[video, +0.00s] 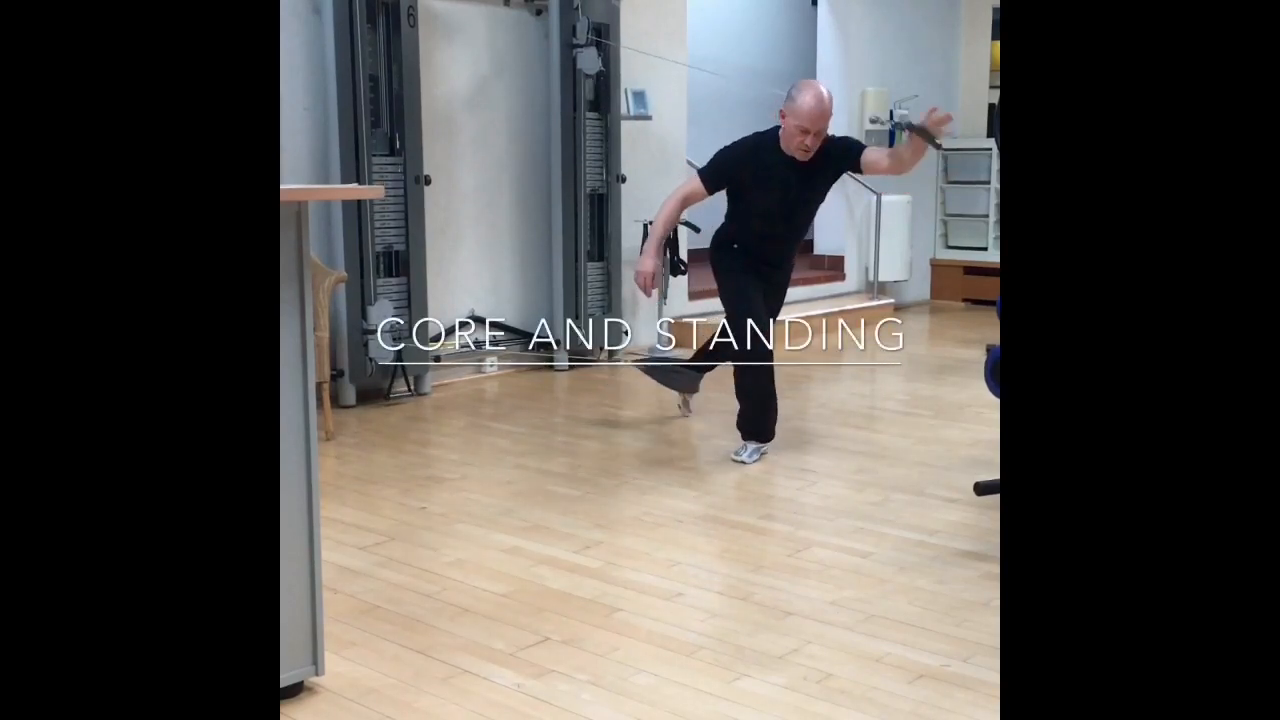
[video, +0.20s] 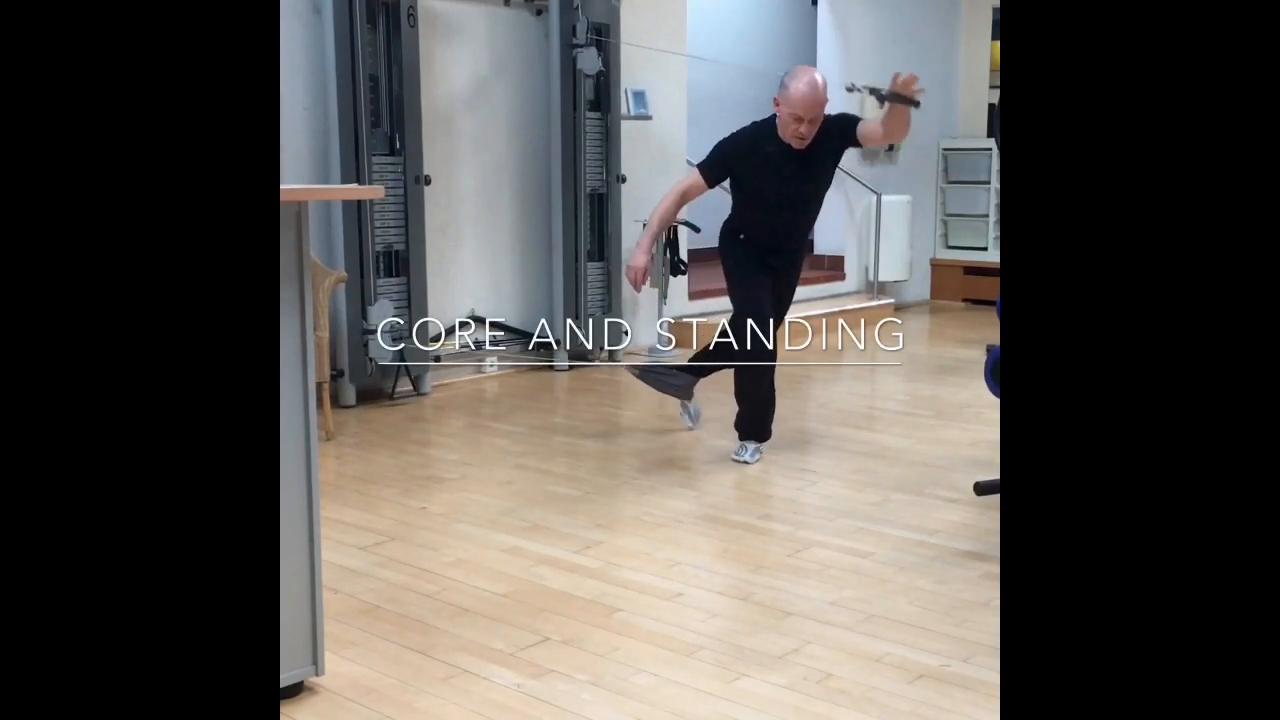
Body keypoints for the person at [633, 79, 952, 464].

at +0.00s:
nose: (810, 142)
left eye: (819, 134)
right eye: (802, 131)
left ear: (829, 125)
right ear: (783, 117)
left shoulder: (836, 153)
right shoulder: (746, 153)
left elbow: (897, 161)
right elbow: (679, 199)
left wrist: (923, 135)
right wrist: (650, 254)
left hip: (778, 262)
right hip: (733, 253)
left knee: (746, 331)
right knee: (755, 335)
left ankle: (690, 372)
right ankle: (756, 436)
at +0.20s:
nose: (805, 130)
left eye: (814, 120)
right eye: (796, 119)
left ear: (824, 109)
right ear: (777, 105)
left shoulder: (835, 131)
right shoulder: (746, 143)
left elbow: (890, 132)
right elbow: (684, 192)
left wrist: (900, 100)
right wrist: (644, 248)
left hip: (789, 253)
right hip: (742, 246)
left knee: (756, 331)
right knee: (758, 330)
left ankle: (684, 375)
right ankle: (751, 435)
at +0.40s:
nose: (800, 112)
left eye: (809, 102)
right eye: (791, 102)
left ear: (819, 91)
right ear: (772, 91)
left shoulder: (830, 111)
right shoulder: (744, 133)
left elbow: (883, 105)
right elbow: (687, 188)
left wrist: (890, 74)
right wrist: (653, 241)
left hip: (794, 244)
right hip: (747, 241)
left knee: (775, 338)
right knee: (761, 333)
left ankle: (704, 382)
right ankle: (749, 437)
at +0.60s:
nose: (797, 100)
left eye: (805, 90)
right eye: (788, 90)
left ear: (815, 81)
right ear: (766, 81)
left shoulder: (821, 101)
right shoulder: (740, 123)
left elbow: (876, 92)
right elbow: (687, 182)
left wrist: (885, 67)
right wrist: (671, 236)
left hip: (797, 240)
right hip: (748, 242)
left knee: (809, 331)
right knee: (757, 340)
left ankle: (748, 348)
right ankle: (747, 437)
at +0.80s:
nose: (793, 91)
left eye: (800, 81)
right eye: (784, 82)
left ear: (808, 71)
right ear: (761, 72)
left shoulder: (816, 91)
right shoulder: (735, 117)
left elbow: (874, 89)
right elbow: (685, 178)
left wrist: (886, 70)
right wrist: (673, 234)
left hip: (800, 227)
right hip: (750, 235)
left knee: (841, 297)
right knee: (754, 336)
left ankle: (779, 345)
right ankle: (747, 434)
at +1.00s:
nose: (789, 81)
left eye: (796, 70)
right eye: (779, 72)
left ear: (804, 63)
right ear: (756, 64)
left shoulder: (814, 88)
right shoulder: (727, 111)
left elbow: (870, 88)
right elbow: (675, 169)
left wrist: (886, 71)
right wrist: (654, 227)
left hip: (803, 218)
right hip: (754, 230)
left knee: (861, 263)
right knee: (756, 334)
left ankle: (815, 333)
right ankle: (747, 435)